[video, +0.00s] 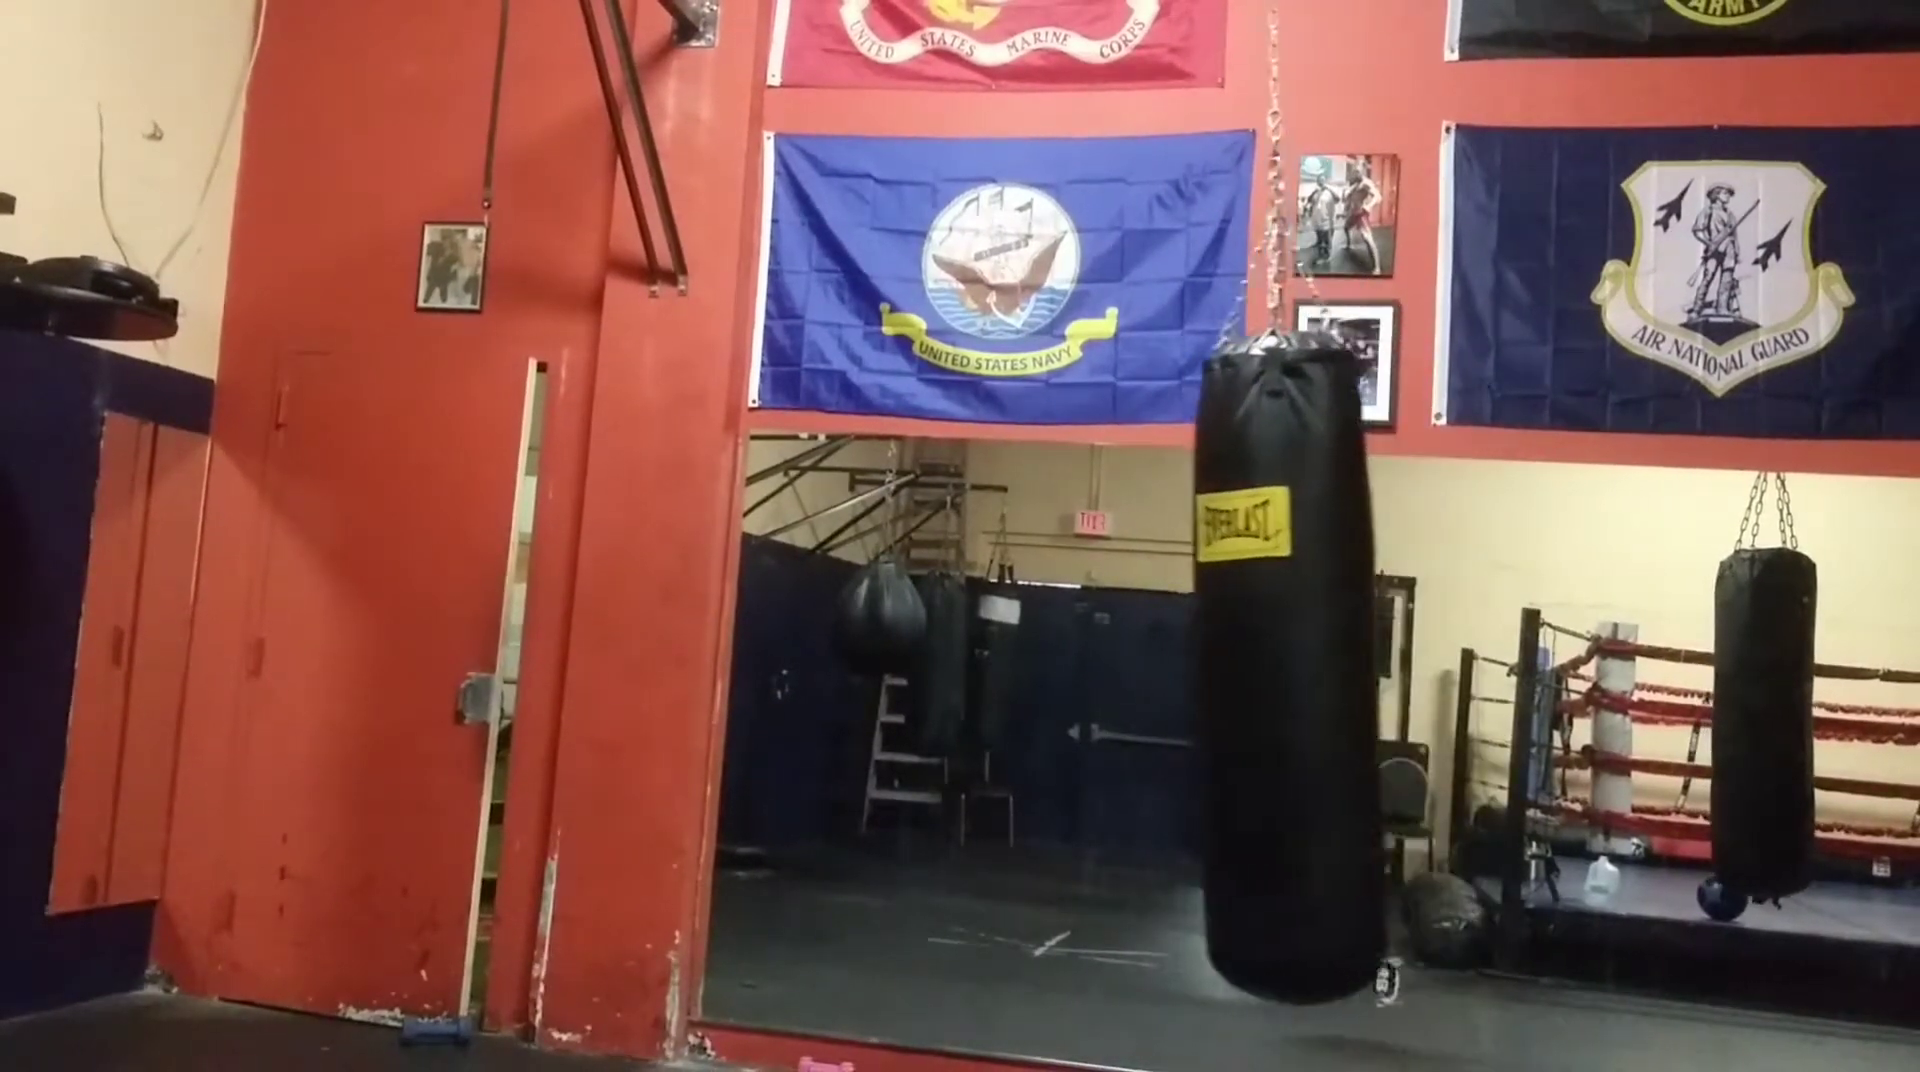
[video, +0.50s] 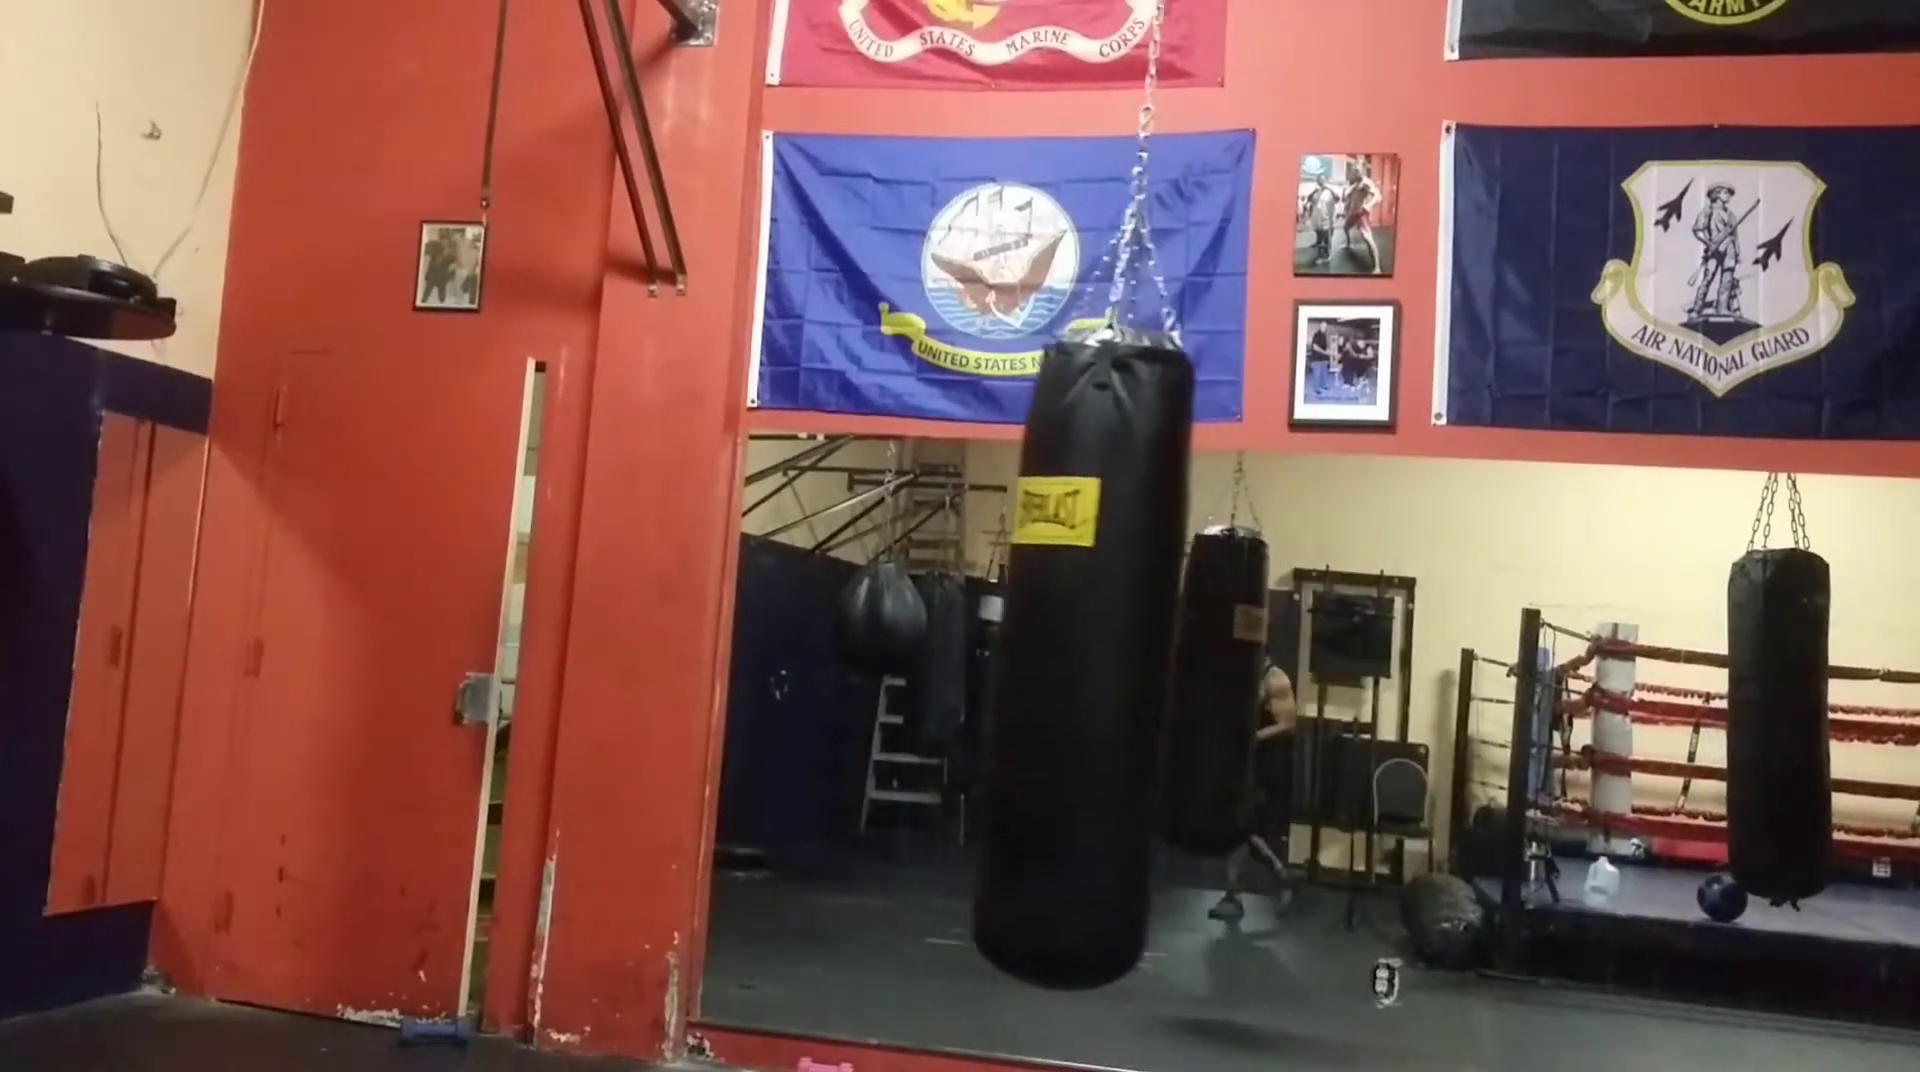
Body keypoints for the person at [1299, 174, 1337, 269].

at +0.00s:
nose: (1320, 184)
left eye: (1322, 181)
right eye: (1319, 182)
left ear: (1324, 181)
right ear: (1317, 183)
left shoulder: (1329, 192)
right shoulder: (1315, 193)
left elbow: (1337, 199)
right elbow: (1309, 200)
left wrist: (1328, 189)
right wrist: (1315, 192)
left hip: (1326, 217)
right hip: (1316, 217)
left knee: (1326, 238)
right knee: (1319, 238)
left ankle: (1326, 255)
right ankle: (1319, 254)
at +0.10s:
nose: (1320, 182)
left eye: (1322, 180)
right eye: (1319, 180)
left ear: (1324, 181)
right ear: (1317, 181)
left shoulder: (1329, 192)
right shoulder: (1315, 192)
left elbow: (1337, 199)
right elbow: (1309, 199)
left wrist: (1329, 189)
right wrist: (1315, 192)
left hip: (1326, 216)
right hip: (1316, 216)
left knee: (1326, 239)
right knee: (1319, 239)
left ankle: (1326, 255)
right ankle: (1319, 255)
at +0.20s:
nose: (1320, 182)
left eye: (1322, 180)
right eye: (1319, 180)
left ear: (1324, 180)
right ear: (1317, 181)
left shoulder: (1329, 191)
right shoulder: (1315, 192)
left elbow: (1337, 199)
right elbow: (1309, 199)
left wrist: (1328, 188)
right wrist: (1315, 192)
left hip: (1326, 216)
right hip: (1317, 216)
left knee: (1326, 238)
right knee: (1319, 238)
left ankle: (1326, 254)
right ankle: (1319, 254)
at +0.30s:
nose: (1320, 182)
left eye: (1321, 180)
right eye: (1318, 180)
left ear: (1324, 180)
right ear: (1316, 181)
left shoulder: (1329, 191)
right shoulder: (1315, 192)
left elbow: (1337, 199)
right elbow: (1309, 199)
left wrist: (1328, 188)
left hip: (1326, 217)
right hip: (1316, 217)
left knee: (1326, 239)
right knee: (1318, 239)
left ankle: (1325, 255)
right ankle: (1319, 255)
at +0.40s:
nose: (1320, 182)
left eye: (1321, 180)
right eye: (1318, 180)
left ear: (1324, 180)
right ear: (1316, 181)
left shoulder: (1329, 191)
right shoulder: (1315, 192)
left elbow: (1336, 199)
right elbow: (1309, 199)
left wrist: (1328, 189)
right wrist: (1314, 192)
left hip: (1326, 215)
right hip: (1316, 215)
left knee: (1326, 237)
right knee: (1318, 237)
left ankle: (1325, 254)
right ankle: (1319, 254)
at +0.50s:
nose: (1320, 183)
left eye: (1322, 180)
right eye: (1319, 181)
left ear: (1324, 181)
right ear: (1317, 182)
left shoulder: (1329, 192)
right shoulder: (1315, 193)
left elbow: (1337, 199)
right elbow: (1309, 199)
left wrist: (1328, 188)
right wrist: (1315, 192)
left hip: (1326, 216)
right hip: (1316, 216)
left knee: (1326, 238)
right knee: (1318, 238)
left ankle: (1325, 255)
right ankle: (1319, 254)